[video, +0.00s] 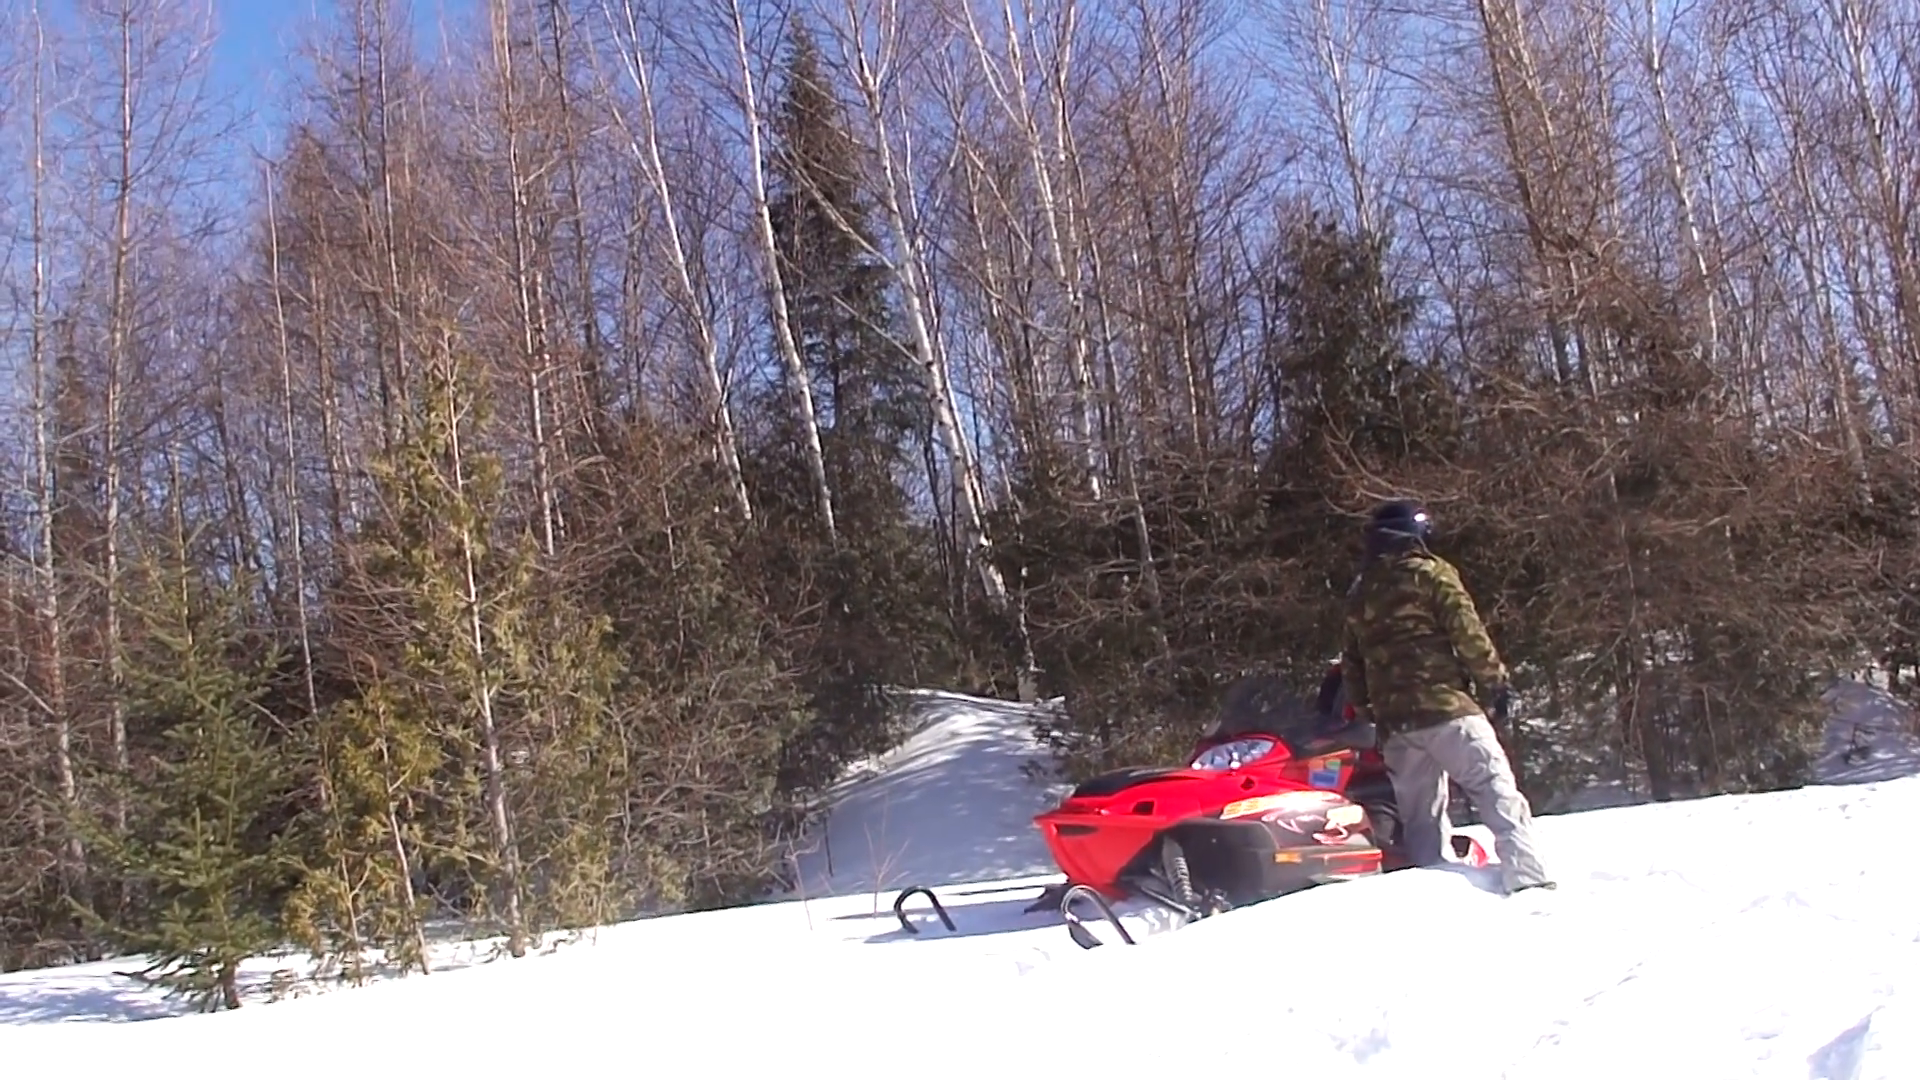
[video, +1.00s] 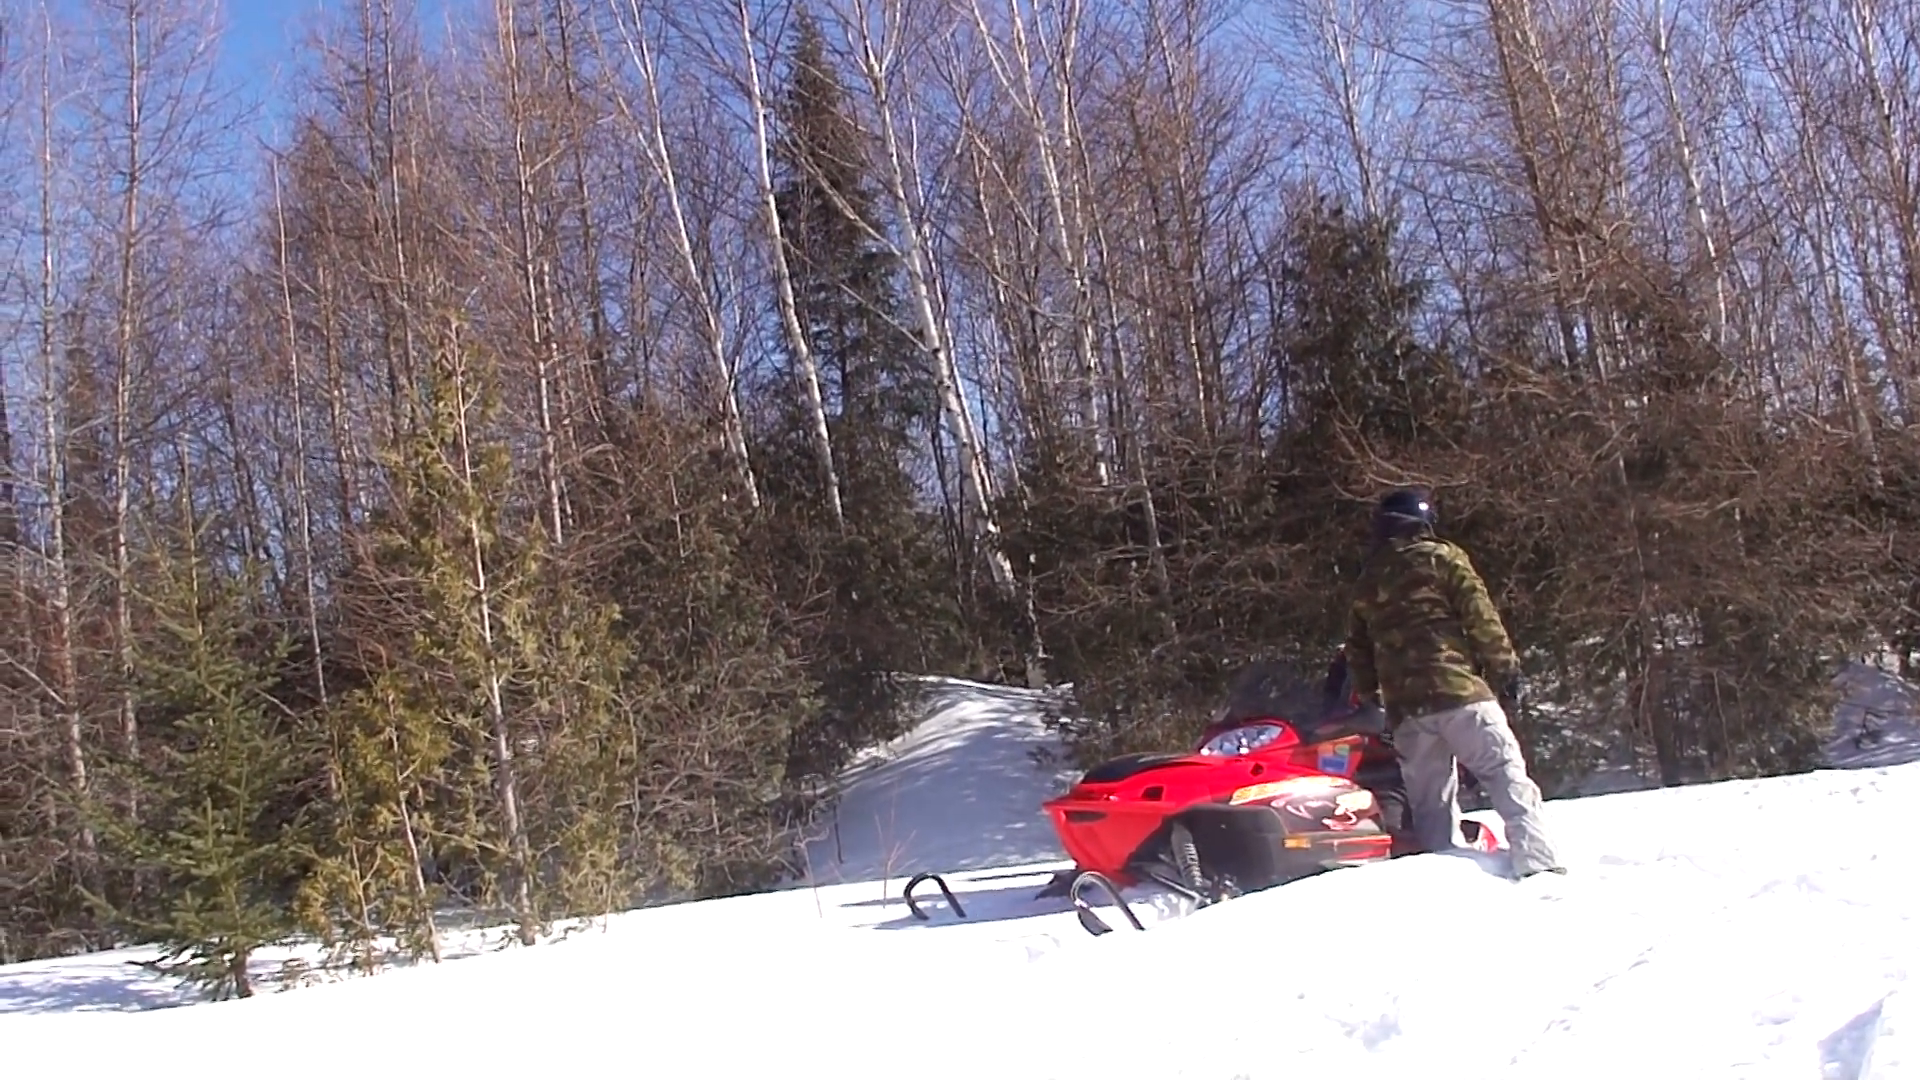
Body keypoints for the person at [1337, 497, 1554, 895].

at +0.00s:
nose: (1429, 538)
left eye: (1426, 532)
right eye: (1424, 532)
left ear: (1377, 538)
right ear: (1416, 534)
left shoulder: (1359, 591)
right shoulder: (1433, 572)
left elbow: (1354, 663)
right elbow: (1467, 633)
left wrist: (1368, 708)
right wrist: (1497, 684)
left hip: (1395, 720)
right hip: (1447, 708)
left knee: (1420, 819)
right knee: (1494, 788)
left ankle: (1430, 897)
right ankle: (1526, 876)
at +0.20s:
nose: (1430, 534)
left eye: (1427, 528)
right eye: (1426, 527)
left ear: (1379, 533)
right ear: (1417, 529)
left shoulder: (1361, 586)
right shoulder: (1433, 568)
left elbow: (1353, 657)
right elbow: (1468, 630)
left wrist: (1366, 702)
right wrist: (1497, 681)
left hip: (1394, 716)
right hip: (1447, 703)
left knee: (1421, 814)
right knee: (1494, 785)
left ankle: (1430, 893)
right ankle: (1526, 873)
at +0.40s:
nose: (1428, 530)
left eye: (1426, 523)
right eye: (1424, 523)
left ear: (1378, 531)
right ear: (1415, 526)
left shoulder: (1361, 583)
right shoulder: (1433, 565)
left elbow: (1353, 655)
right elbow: (1468, 627)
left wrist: (1366, 700)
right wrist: (1498, 679)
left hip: (1394, 713)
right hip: (1447, 700)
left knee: (1421, 811)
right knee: (1494, 782)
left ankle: (1430, 890)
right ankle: (1526, 870)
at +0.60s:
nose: (1427, 529)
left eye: (1424, 524)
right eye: (1423, 523)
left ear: (1376, 530)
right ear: (1414, 526)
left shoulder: (1360, 583)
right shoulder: (1434, 562)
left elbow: (1352, 653)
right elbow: (1468, 622)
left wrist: (1364, 697)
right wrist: (1497, 676)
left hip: (1395, 711)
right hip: (1449, 698)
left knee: (1420, 809)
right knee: (1495, 778)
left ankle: (1428, 888)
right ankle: (1526, 865)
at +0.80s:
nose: (1427, 527)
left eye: (1424, 520)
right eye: (1423, 520)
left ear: (1376, 527)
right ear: (1415, 523)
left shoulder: (1360, 580)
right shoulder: (1434, 559)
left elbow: (1352, 650)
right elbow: (1470, 620)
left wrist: (1362, 695)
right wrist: (1498, 673)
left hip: (1395, 708)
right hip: (1450, 697)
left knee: (1421, 805)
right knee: (1496, 775)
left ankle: (1429, 885)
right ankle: (1527, 865)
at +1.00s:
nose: (1433, 524)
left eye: (1429, 519)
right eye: (1430, 518)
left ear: (1383, 525)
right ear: (1423, 520)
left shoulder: (1368, 577)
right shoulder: (1443, 556)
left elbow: (1358, 647)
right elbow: (1479, 616)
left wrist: (1370, 693)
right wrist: (1507, 669)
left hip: (1405, 705)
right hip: (1460, 693)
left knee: (1430, 803)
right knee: (1504, 771)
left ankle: (1439, 882)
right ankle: (1534, 860)